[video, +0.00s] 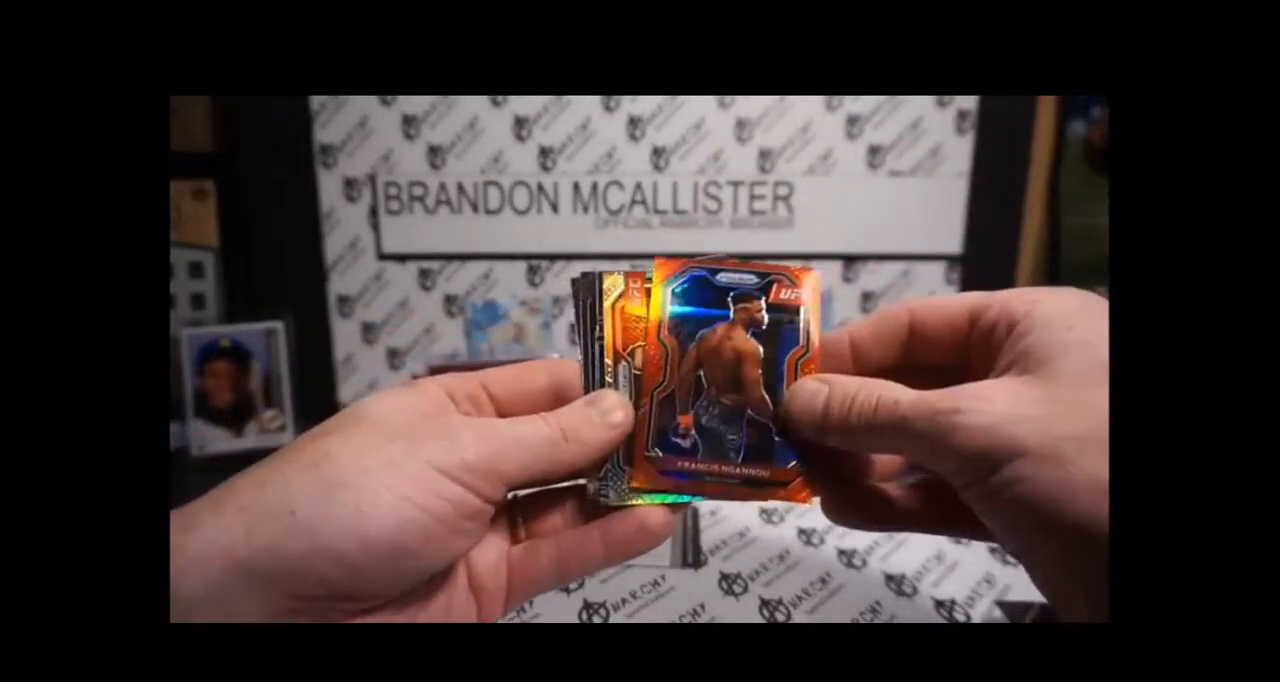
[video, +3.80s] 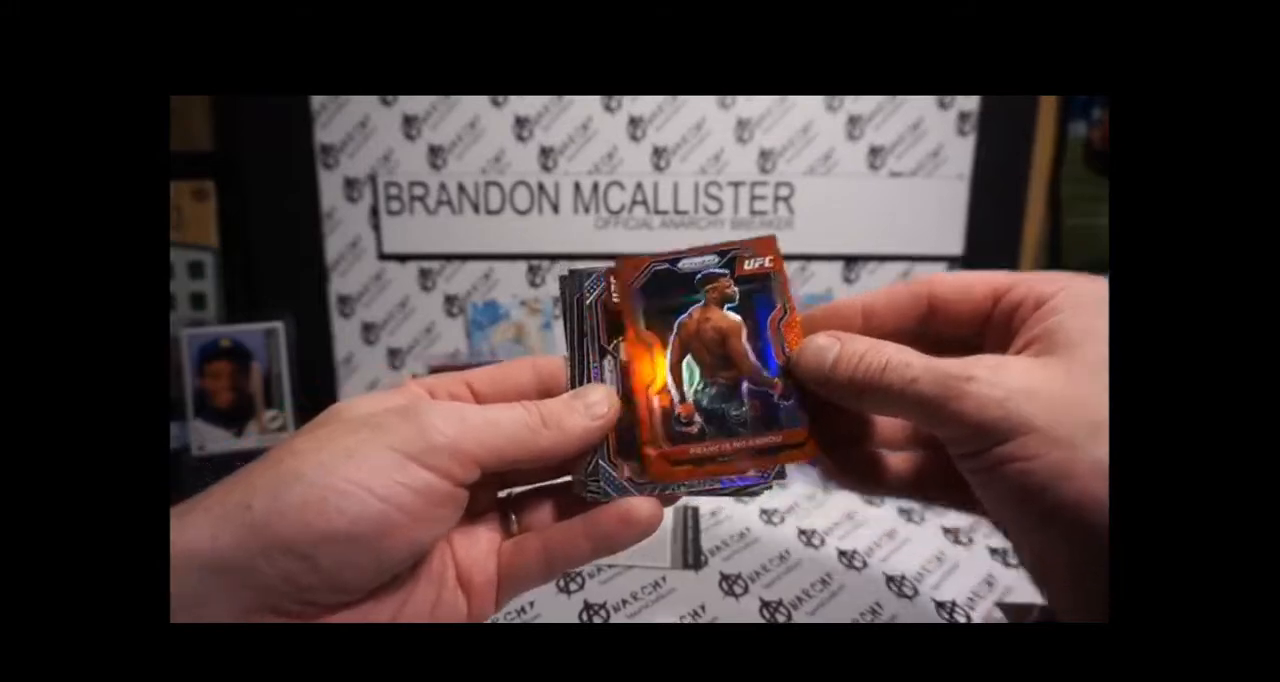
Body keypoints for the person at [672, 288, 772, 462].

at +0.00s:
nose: (765, 316)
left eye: (764, 310)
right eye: (760, 311)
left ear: (739, 312)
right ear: (742, 312)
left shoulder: (706, 336)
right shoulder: (749, 347)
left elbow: (685, 374)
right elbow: (755, 397)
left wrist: (683, 413)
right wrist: (774, 420)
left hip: (705, 409)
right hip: (730, 416)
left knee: (705, 473)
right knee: (726, 478)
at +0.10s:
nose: (745, 321)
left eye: (743, 315)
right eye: (740, 316)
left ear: (716, 319)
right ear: (723, 318)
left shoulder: (687, 345)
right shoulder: (731, 354)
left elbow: (668, 385)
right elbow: (739, 403)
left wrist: (669, 425)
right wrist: (761, 427)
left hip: (690, 419)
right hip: (716, 424)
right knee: (713, 490)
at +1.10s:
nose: (718, 308)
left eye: (716, 303)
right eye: (712, 304)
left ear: (692, 309)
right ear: (694, 308)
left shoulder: (663, 335)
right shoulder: (706, 341)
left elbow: (647, 375)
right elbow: (719, 391)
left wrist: (649, 416)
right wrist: (743, 409)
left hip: (670, 409)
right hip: (696, 415)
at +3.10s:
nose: (716, 307)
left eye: (715, 302)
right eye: (710, 303)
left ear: (690, 307)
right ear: (692, 307)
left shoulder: (661, 333)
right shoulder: (705, 339)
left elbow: (645, 373)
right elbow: (718, 388)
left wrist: (648, 413)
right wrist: (742, 407)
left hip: (669, 406)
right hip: (696, 412)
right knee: (697, 472)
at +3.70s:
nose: (718, 305)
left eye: (716, 301)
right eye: (712, 302)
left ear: (693, 307)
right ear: (694, 307)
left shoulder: (664, 334)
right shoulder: (707, 339)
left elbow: (648, 375)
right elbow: (721, 388)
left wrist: (652, 415)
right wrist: (745, 407)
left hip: (672, 407)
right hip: (699, 412)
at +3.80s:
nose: (735, 288)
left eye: (732, 283)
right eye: (728, 284)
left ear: (711, 292)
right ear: (712, 291)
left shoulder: (685, 323)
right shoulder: (731, 321)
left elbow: (674, 364)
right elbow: (747, 366)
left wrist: (680, 401)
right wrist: (773, 384)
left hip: (704, 390)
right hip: (731, 391)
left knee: (716, 452)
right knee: (741, 452)